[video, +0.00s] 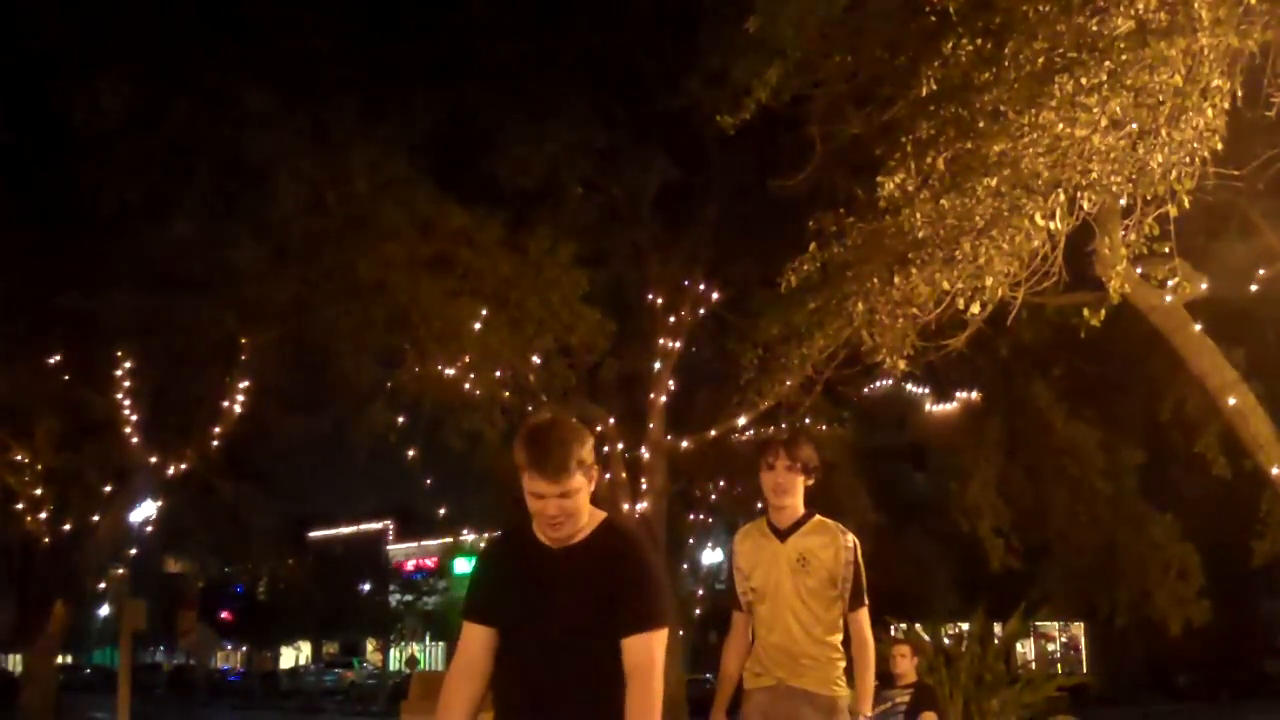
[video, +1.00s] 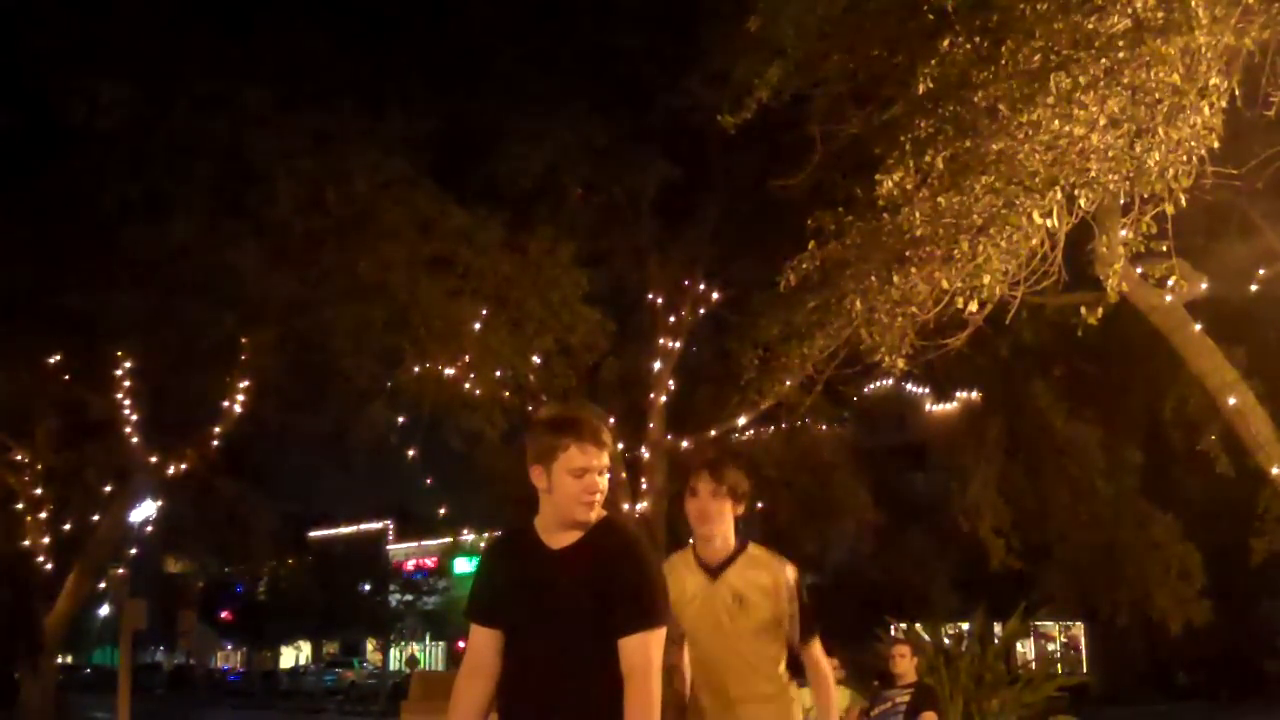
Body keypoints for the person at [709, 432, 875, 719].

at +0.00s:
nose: (779, 478)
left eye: (790, 468)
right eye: (770, 468)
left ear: (807, 476)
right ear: (759, 476)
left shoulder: (839, 541)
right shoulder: (745, 540)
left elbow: (860, 633)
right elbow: (740, 630)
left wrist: (863, 711)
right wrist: (718, 710)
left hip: (824, 696)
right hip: (760, 695)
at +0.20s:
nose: (773, 476)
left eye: (784, 467)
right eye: (763, 466)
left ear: (800, 476)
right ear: (752, 476)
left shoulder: (833, 542)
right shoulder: (738, 540)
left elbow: (852, 635)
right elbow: (735, 629)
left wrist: (857, 712)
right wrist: (714, 709)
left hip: (817, 696)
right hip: (754, 695)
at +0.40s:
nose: (751, 476)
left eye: (763, 466)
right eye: (742, 465)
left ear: (783, 475)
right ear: (732, 475)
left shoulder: (817, 540)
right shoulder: (722, 540)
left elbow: (840, 632)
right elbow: (720, 634)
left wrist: (847, 710)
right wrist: (702, 711)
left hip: (802, 698)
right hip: (740, 697)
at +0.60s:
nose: (732, 476)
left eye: (743, 466)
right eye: (723, 467)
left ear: (762, 474)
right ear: (712, 476)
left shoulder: (798, 537)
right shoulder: (702, 540)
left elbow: (831, 624)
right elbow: (699, 632)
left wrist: (839, 704)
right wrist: (684, 706)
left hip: (787, 695)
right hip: (726, 695)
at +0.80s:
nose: (716, 466)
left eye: (728, 455)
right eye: (707, 455)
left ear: (748, 462)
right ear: (697, 464)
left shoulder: (786, 525)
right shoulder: (683, 529)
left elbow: (821, 603)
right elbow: (684, 618)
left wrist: (831, 689)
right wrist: (675, 695)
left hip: (780, 687)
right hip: (717, 688)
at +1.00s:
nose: (703, 505)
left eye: (716, 495)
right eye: (694, 494)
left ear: (738, 505)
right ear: (684, 503)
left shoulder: (778, 573)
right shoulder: (670, 574)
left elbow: (814, 660)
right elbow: (673, 650)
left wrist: (828, 715)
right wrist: (677, 710)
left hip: (773, 710)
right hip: (708, 710)